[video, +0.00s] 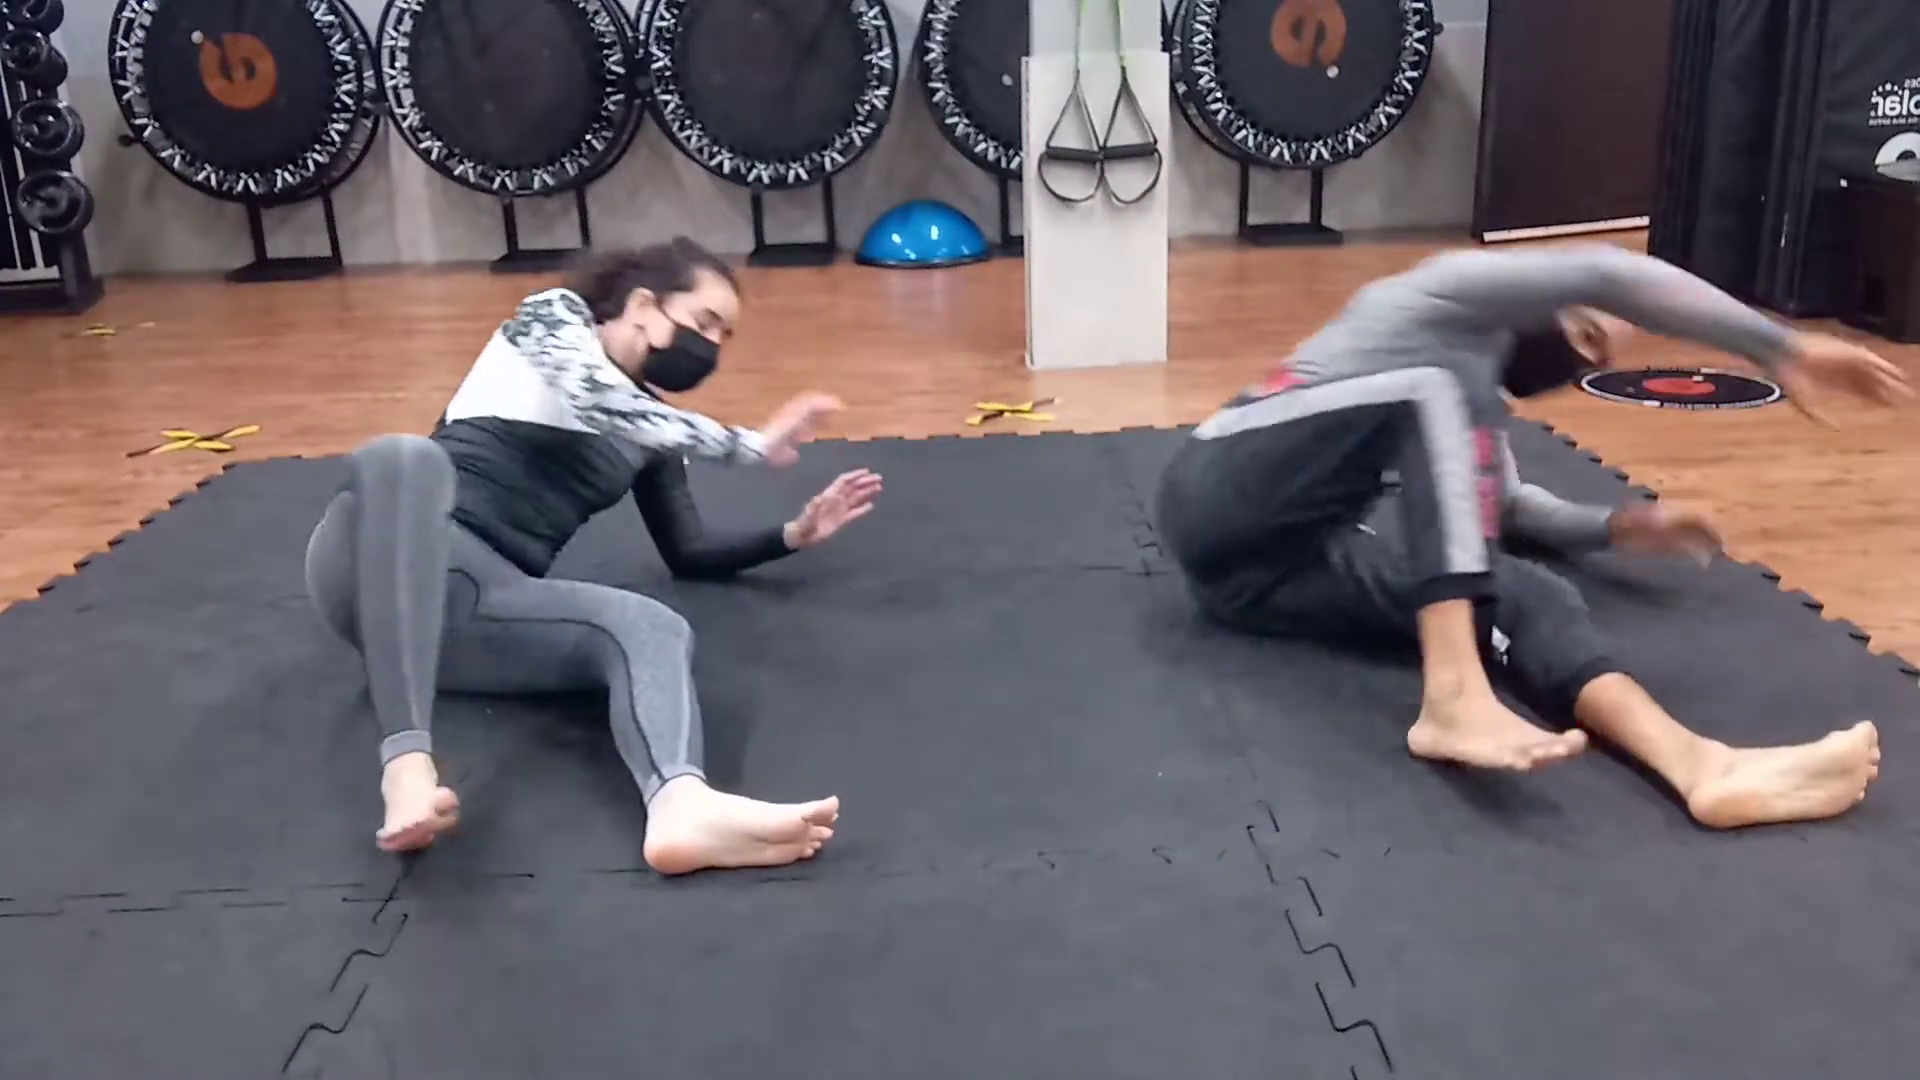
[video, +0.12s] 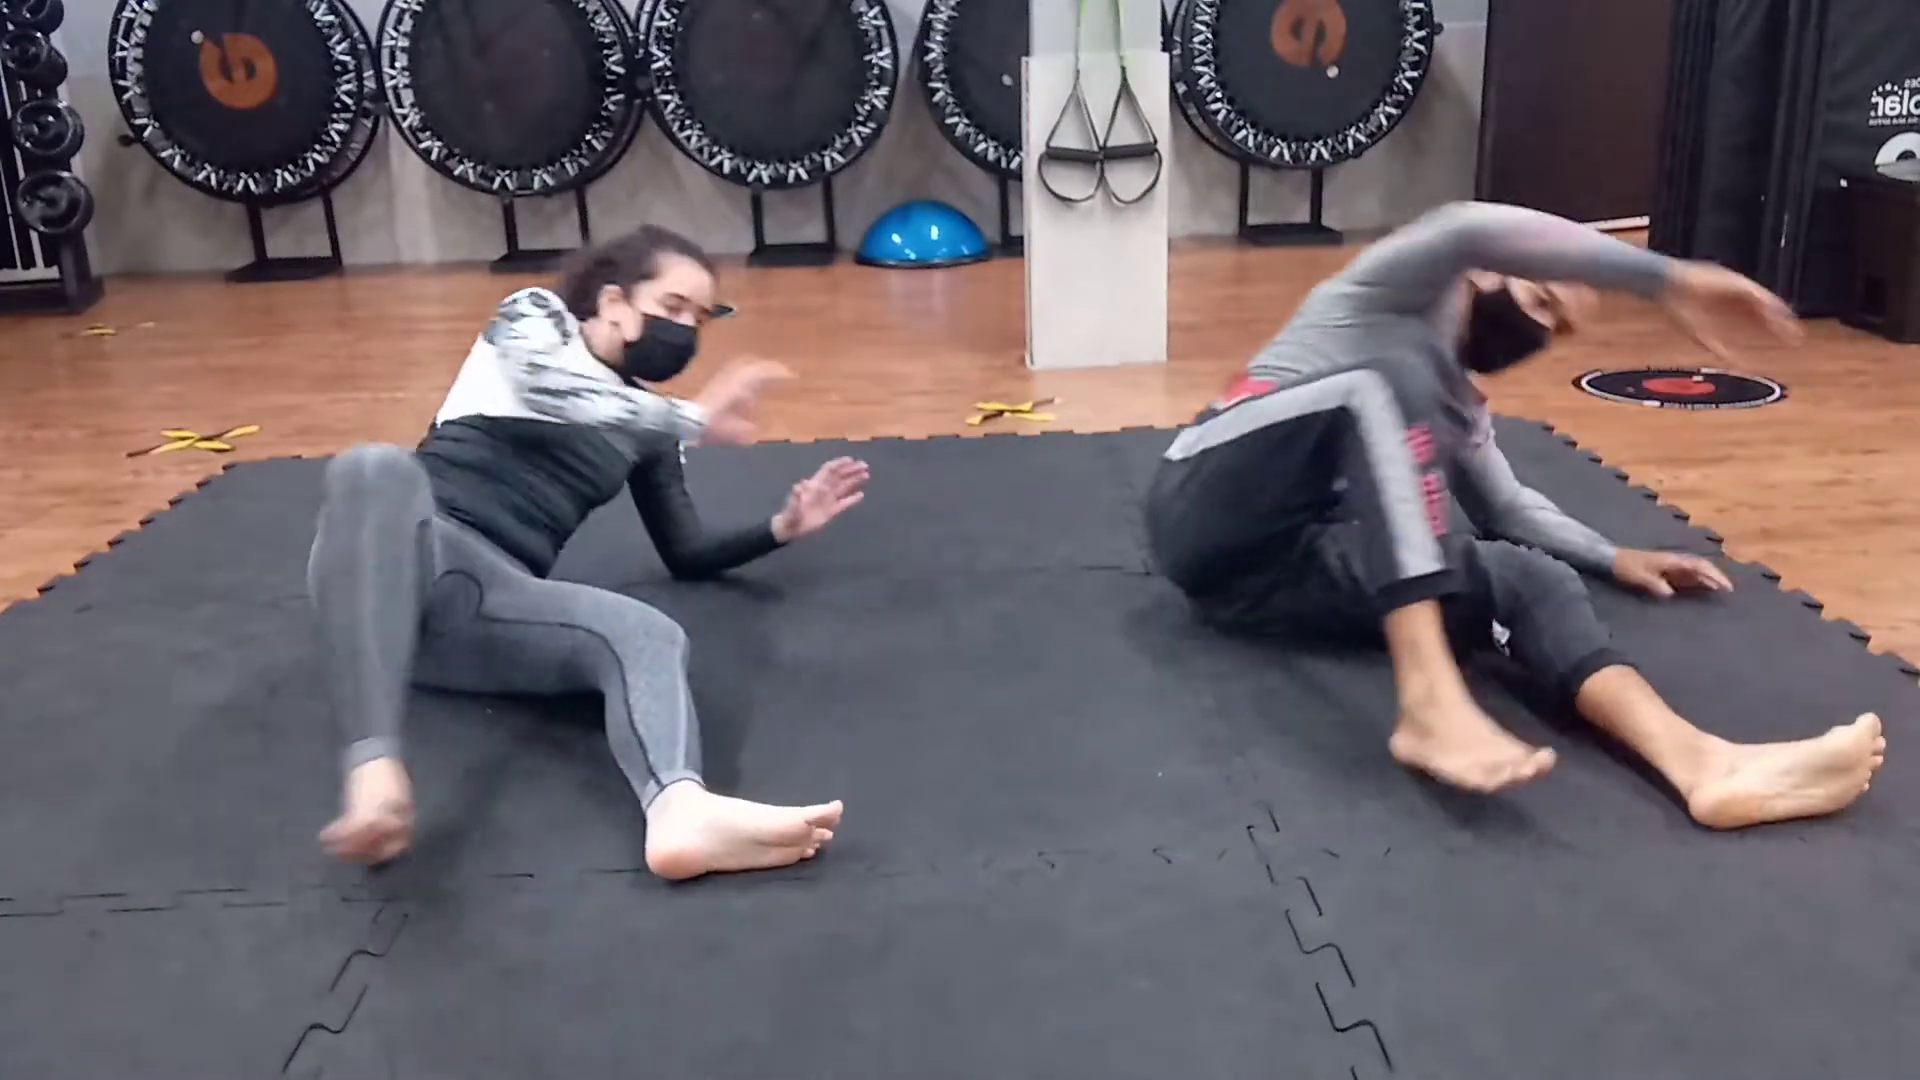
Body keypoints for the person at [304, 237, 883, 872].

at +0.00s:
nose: (715, 348)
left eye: (724, 338)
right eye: (707, 324)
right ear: (643, 303)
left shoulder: (650, 430)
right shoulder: (551, 314)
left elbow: (688, 552)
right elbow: (593, 393)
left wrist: (792, 536)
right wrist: (750, 444)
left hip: (490, 604)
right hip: (387, 562)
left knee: (653, 624)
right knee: (407, 456)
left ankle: (678, 798)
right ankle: (405, 756)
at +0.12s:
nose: (688, 331)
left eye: (700, 318)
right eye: (674, 307)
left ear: (705, 325)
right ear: (614, 301)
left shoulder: (649, 420)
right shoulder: (533, 312)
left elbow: (686, 552)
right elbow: (545, 380)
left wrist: (779, 528)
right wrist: (691, 419)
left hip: (504, 598)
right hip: (414, 547)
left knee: (645, 633)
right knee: (375, 466)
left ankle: (676, 803)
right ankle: (373, 768)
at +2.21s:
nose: (116, 349)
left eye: (119, 327)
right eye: (110, 334)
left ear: (174, 310)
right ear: (175, 318)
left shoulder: (282, 342)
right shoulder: (220, 432)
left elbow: (207, 435)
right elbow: (246, 580)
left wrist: (40, 433)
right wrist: (127, 621)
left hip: (376, 594)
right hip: (289, 655)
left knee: (153, 492)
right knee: (57, 690)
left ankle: (233, 792)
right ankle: (9, 891)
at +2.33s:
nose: (113, 359)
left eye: (113, 336)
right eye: (107, 343)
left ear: (165, 312)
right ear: (169, 321)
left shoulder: (268, 342)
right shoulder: (207, 422)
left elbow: (186, 428)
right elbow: (245, 575)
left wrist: (23, 435)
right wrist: (128, 619)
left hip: (370, 586)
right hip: (298, 649)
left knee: (126, 483)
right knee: (57, 696)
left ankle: (226, 776)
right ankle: (5, 898)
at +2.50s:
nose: (105, 359)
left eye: (107, 339)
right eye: (99, 347)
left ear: (159, 320)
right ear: (161, 323)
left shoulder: (248, 343)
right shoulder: (203, 438)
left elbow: (129, 431)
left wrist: (5, 448)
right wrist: (125, 616)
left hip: (359, 586)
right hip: (295, 656)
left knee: (85, 477)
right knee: (48, 704)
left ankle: (224, 758)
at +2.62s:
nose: (109, 367)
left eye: (107, 348)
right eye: (101, 356)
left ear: (155, 323)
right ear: (160, 325)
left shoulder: (234, 342)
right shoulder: (219, 435)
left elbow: (107, 430)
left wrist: (5, 454)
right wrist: (124, 617)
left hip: (344, 580)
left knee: (53, 481)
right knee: (30, 717)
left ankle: (223, 744)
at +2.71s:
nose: (113, 370)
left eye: (111, 352)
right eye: (104, 360)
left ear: (154, 324)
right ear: (159, 328)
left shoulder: (230, 341)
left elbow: (92, 430)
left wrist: (4, 453)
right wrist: (125, 613)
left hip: (330, 578)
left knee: (31, 486)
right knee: (21, 726)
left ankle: (221, 736)